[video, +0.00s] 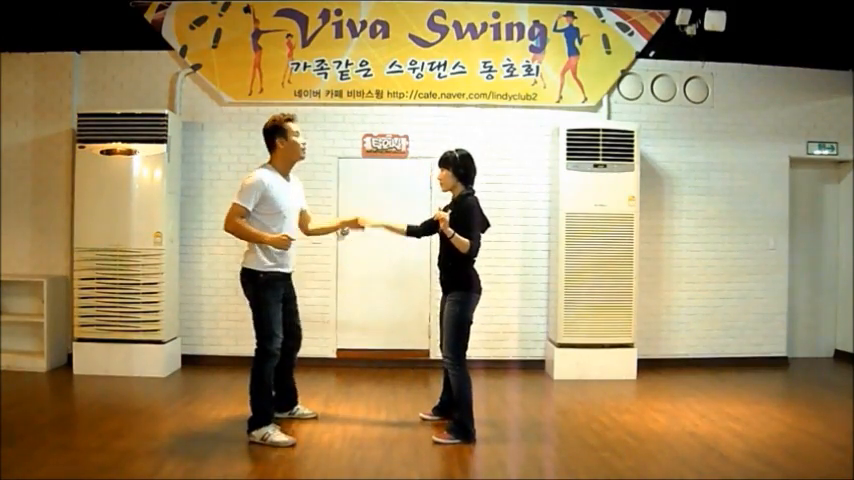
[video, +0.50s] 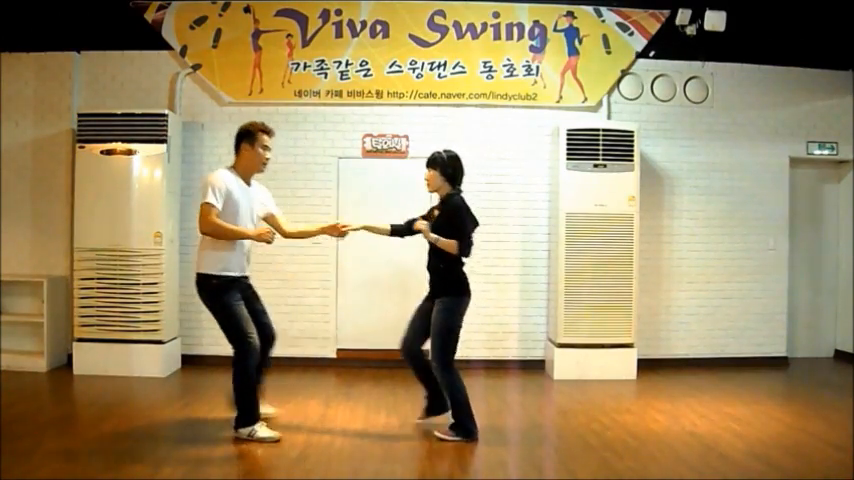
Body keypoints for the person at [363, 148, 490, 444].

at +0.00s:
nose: (437, 174)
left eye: (442, 169)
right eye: (439, 169)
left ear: (456, 173)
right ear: (455, 173)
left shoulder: (469, 205)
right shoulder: (452, 206)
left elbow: (470, 249)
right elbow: (418, 231)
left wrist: (447, 229)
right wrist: (376, 223)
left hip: (463, 291)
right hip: (452, 289)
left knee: (454, 357)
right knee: (448, 353)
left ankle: (463, 429)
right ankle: (447, 408)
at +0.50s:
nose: (426, 176)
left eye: (430, 170)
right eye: (427, 170)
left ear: (445, 174)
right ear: (441, 175)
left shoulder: (457, 207)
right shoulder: (437, 209)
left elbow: (464, 249)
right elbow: (401, 230)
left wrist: (429, 235)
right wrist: (361, 226)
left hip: (453, 295)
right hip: (436, 294)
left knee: (442, 361)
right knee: (410, 348)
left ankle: (465, 427)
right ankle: (437, 400)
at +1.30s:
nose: (275, 175)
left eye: (279, 170)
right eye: (278, 169)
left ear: (290, 176)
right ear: (297, 177)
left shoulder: (290, 210)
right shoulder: (299, 207)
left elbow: (280, 256)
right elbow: (282, 252)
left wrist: (248, 250)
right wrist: (253, 246)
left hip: (282, 294)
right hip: (289, 292)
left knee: (253, 351)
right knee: (258, 350)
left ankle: (268, 421)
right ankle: (306, 395)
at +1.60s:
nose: (254, 172)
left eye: (259, 168)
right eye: (256, 167)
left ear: (270, 174)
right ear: (275, 175)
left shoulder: (272, 206)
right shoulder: (278, 203)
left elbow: (287, 249)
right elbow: (284, 247)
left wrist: (248, 250)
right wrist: (247, 241)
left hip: (266, 290)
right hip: (270, 289)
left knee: (242, 353)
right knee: (245, 352)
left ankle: (274, 417)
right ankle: (274, 415)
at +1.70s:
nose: (261, 173)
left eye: (265, 169)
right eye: (263, 168)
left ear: (276, 175)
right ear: (282, 176)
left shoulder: (279, 207)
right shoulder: (284, 203)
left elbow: (294, 250)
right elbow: (290, 247)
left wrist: (256, 247)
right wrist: (255, 240)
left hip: (272, 291)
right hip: (276, 289)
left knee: (252, 354)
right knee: (254, 353)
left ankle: (277, 420)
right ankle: (277, 418)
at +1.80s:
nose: (274, 174)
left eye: (278, 169)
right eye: (276, 168)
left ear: (288, 175)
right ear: (296, 175)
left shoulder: (292, 207)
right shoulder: (297, 204)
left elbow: (304, 251)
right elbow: (297, 248)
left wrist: (266, 246)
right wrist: (265, 240)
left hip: (286, 292)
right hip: (291, 290)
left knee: (264, 354)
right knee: (270, 353)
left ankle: (277, 422)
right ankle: (306, 411)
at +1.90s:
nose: (293, 177)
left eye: (298, 172)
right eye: (296, 172)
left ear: (308, 179)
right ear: (317, 179)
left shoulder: (313, 211)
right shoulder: (316, 208)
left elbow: (318, 255)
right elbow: (312, 250)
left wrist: (281, 250)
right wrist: (283, 244)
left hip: (306, 295)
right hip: (312, 294)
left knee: (275, 351)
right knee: (298, 356)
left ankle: (277, 422)